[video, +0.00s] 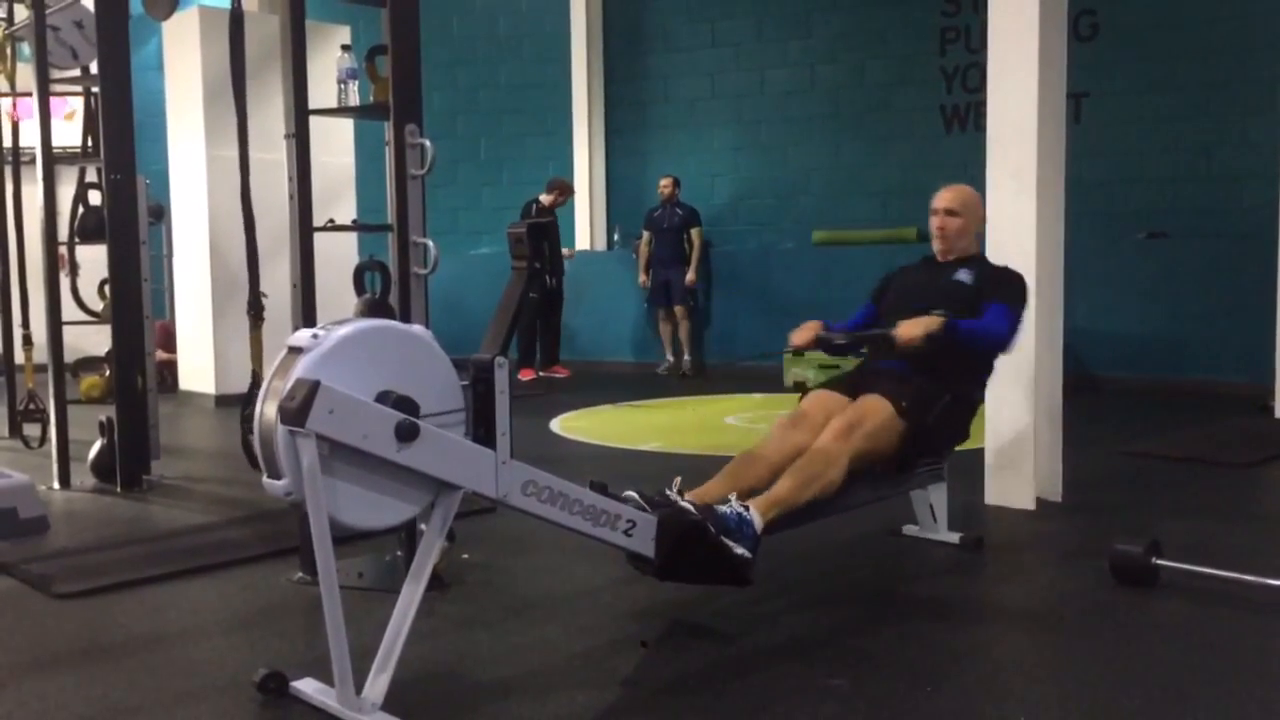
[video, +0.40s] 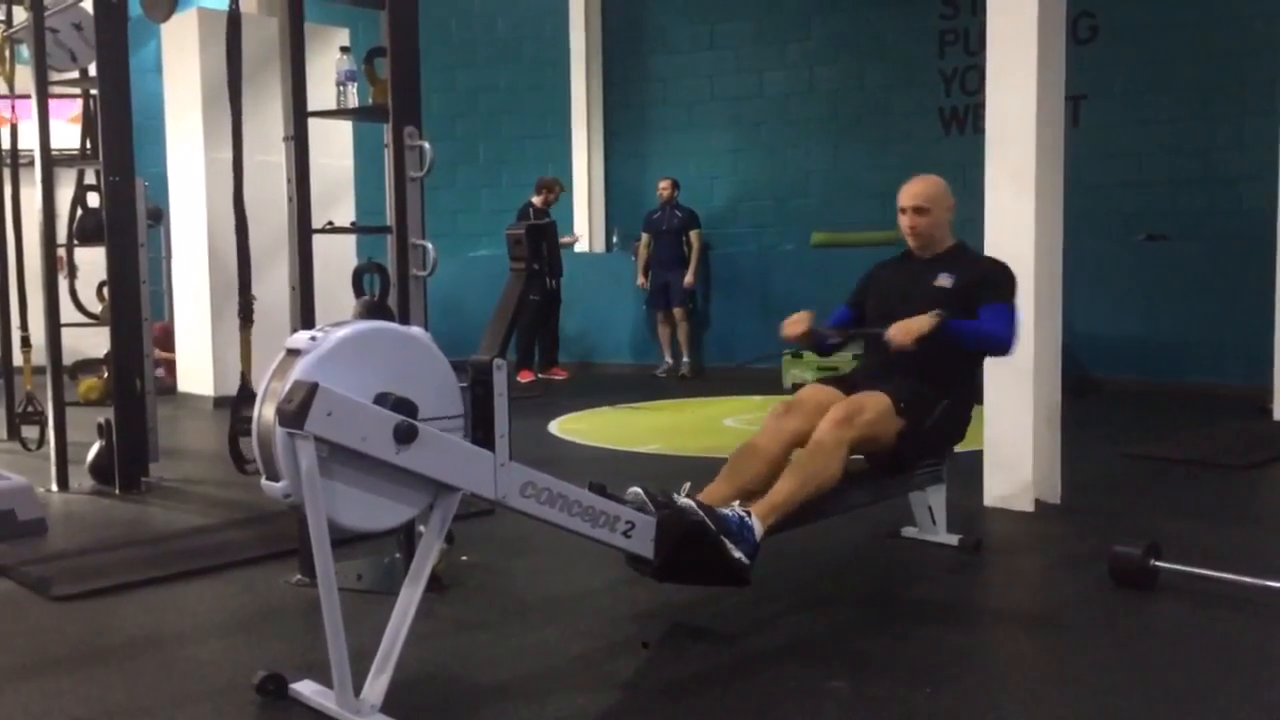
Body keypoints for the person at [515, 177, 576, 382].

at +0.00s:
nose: (564, 204)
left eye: (565, 200)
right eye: (564, 199)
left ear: (556, 194)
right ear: (556, 194)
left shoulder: (550, 213)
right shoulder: (531, 210)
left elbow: (550, 244)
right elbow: (530, 245)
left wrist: (560, 254)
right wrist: (538, 269)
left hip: (553, 275)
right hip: (534, 276)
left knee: (551, 321)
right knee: (529, 322)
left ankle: (550, 363)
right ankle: (526, 366)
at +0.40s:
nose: (556, 200)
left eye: (557, 196)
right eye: (555, 195)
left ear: (547, 194)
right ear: (544, 193)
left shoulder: (546, 214)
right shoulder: (527, 214)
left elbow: (548, 243)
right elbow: (527, 247)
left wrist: (565, 241)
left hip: (551, 277)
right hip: (533, 279)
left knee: (550, 324)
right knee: (528, 325)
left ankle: (548, 365)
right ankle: (524, 368)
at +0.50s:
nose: (555, 200)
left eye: (556, 196)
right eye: (554, 195)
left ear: (545, 194)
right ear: (543, 193)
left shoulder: (545, 214)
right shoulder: (526, 214)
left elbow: (546, 243)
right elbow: (527, 247)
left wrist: (563, 242)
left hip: (551, 278)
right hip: (532, 279)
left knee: (550, 324)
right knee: (527, 325)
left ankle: (548, 366)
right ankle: (523, 368)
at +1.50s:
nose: (557, 205)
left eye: (558, 201)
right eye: (554, 200)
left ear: (548, 200)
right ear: (543, 199)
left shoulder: (550, 223)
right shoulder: (526, 222)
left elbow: (552, 254)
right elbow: (531, 253)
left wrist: (567, 245)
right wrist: (560, 243)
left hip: (554, 284)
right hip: (535, 285)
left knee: (553, 331)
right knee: (530, 333)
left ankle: (549, 374)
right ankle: (524, 377)